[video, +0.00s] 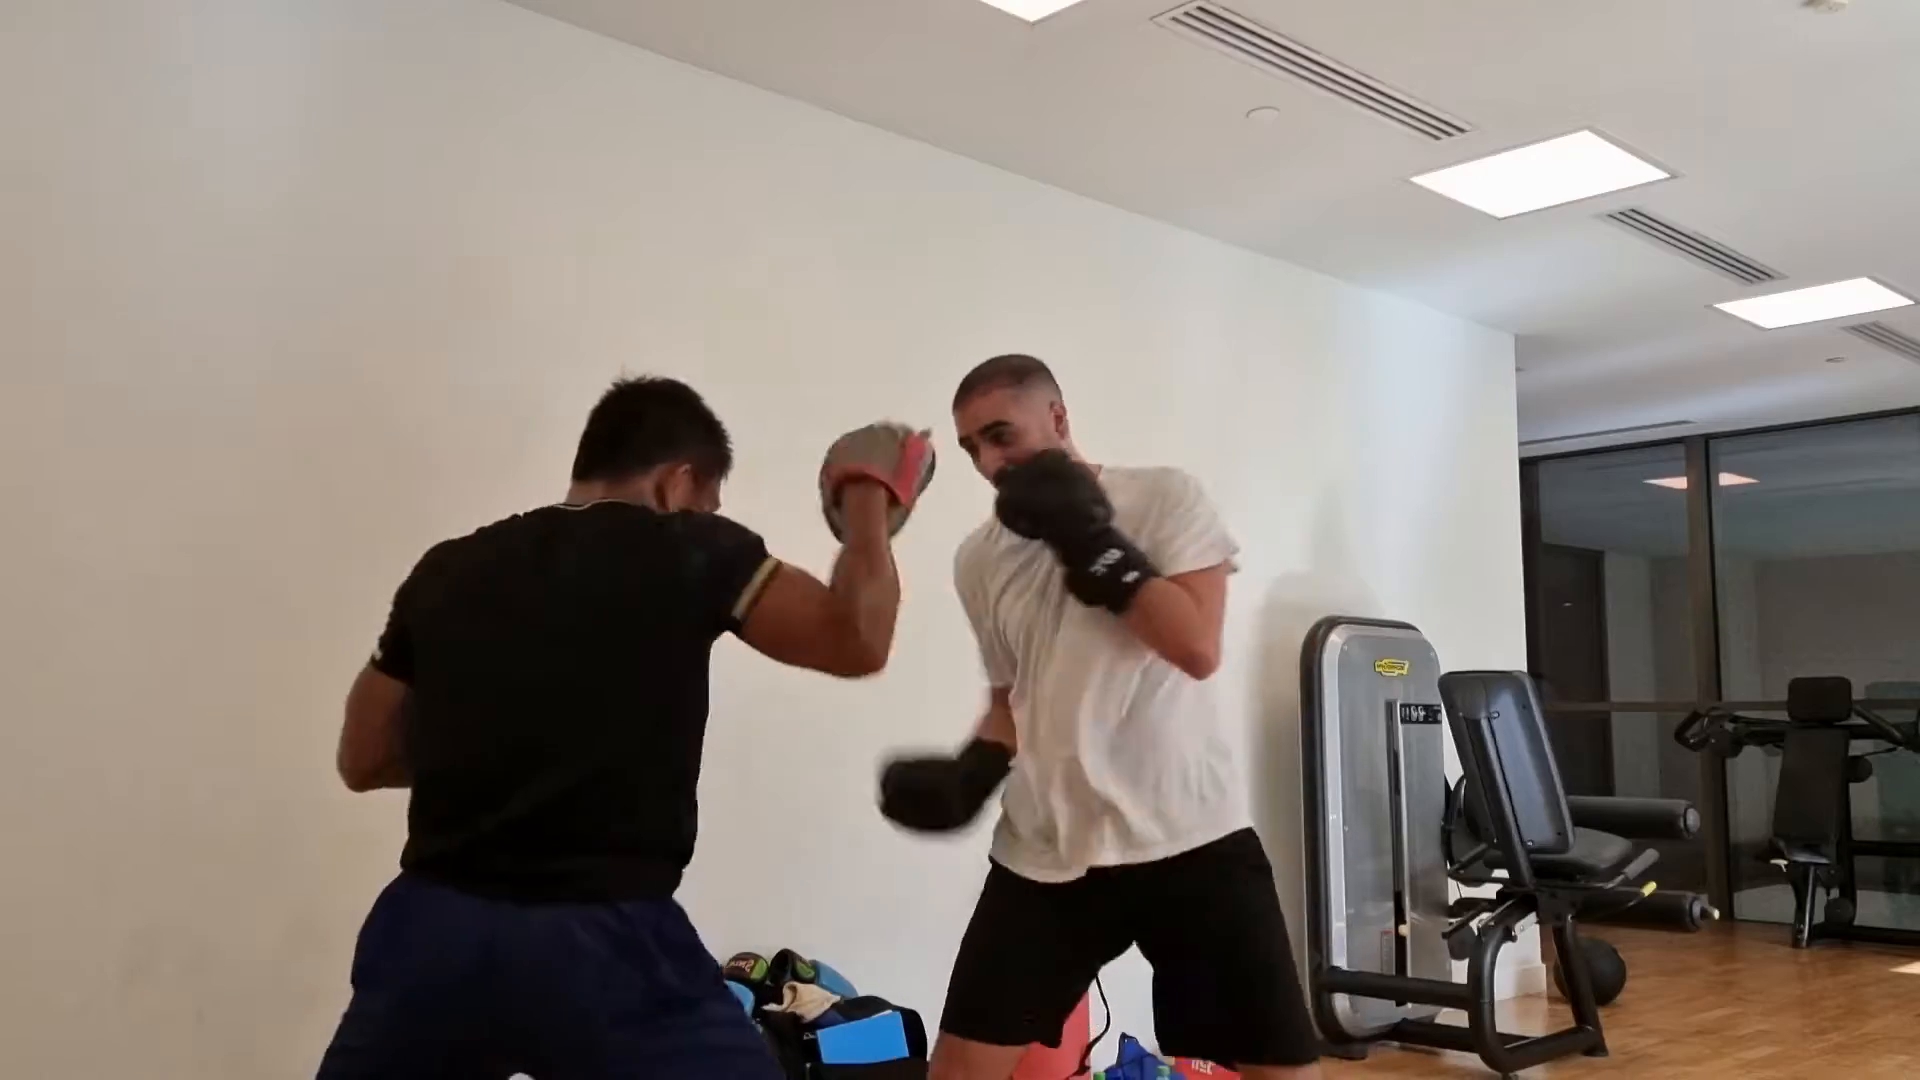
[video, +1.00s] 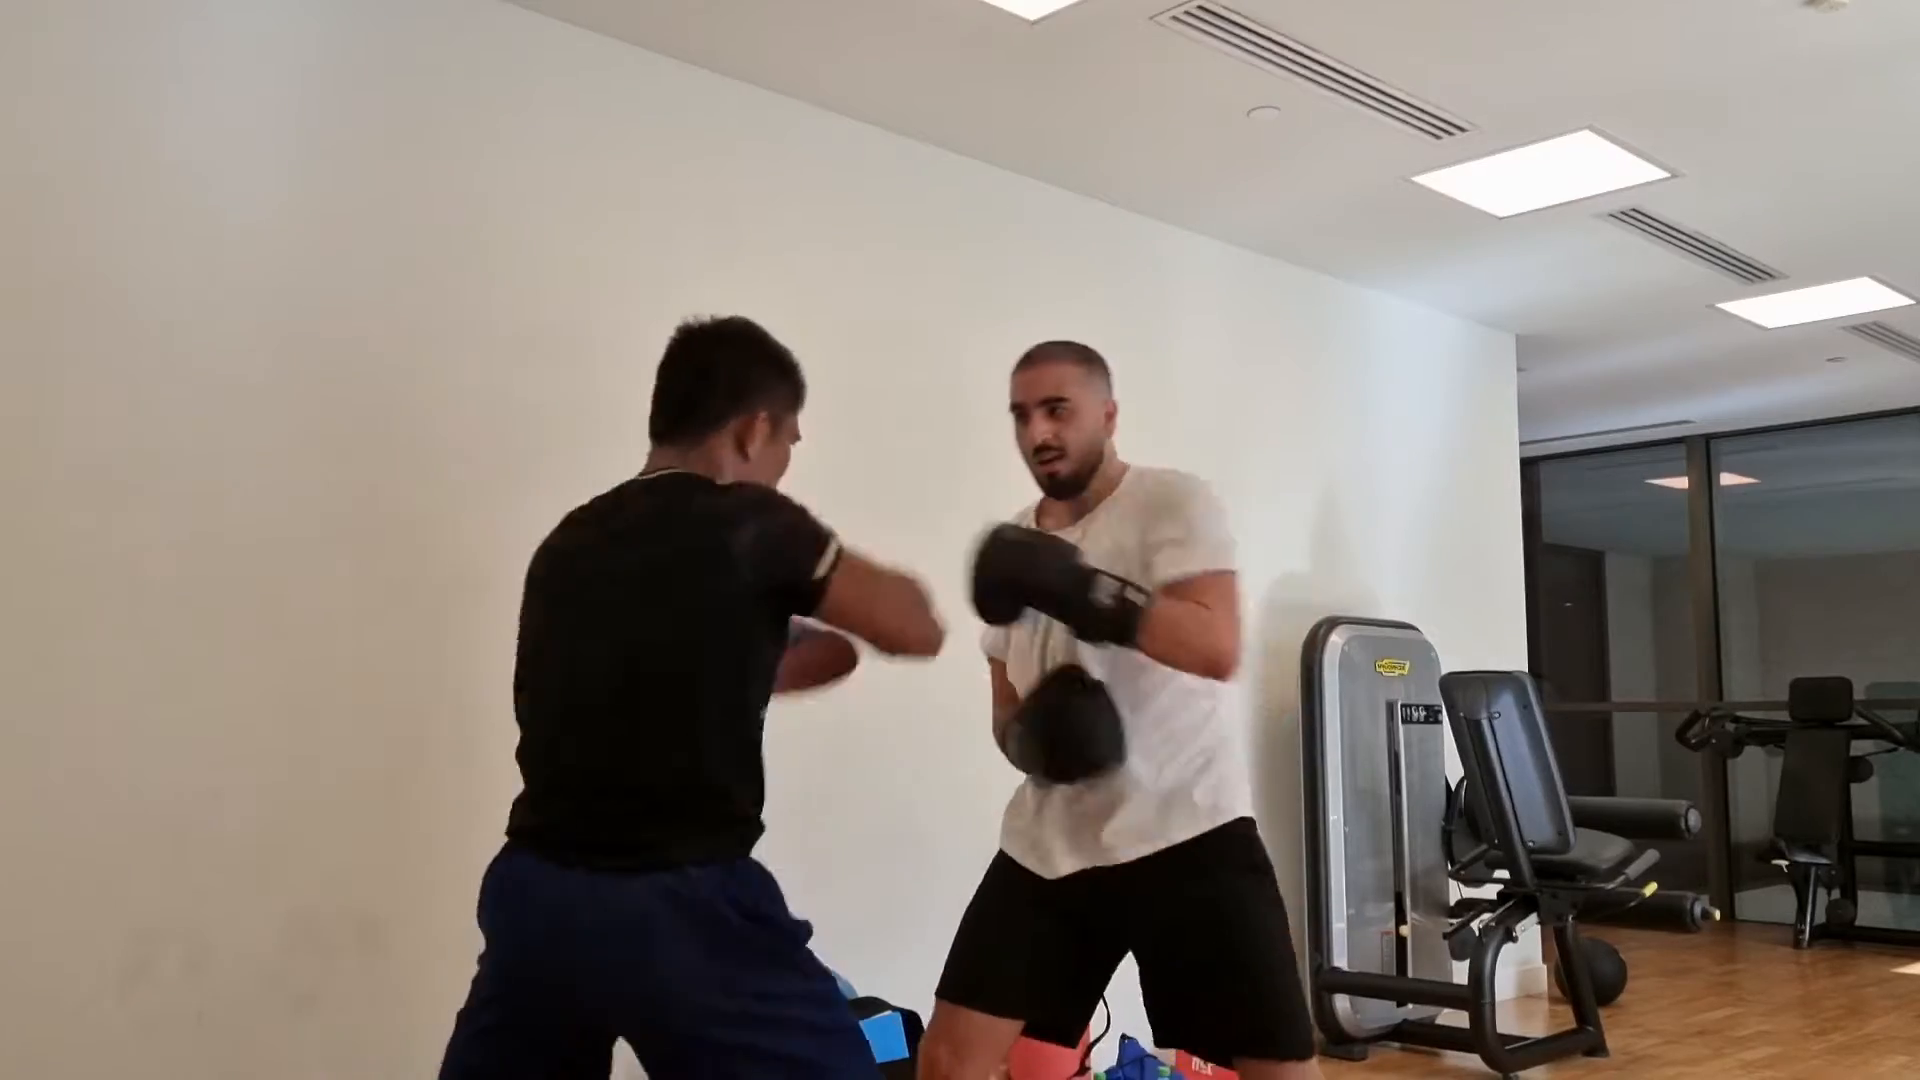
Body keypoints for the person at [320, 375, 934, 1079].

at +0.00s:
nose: (710, 522)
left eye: (715, 506)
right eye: (712, 502)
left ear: (584, 470)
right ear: (676, 480)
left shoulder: (447, 568)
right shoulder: (689, 549)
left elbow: (363, 759)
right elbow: (858, 641)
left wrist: (493, 720)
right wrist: (868, 497)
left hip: (428, 950)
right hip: (613, 958)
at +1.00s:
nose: (784, 468)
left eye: (790, 447)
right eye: (786, 444)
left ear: (662, 425)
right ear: (748, 432)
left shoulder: (567, 541)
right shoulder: (748, 521)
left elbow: (660, 673)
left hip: (537, 908)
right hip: (690, 915)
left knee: (488, 1068)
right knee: (836, 1063)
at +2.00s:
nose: (643, 507)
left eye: (649, 486)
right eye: (642, 484)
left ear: (505, 477)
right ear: (588, 475)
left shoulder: (408, 593)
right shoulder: (626, 565)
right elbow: (841, 609)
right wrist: (972, 596)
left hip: (443, 984)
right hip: (616, 979)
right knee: (772, 1062)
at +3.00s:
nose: (790, 484)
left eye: (792, 469)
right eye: (792, 467)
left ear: (666, 464)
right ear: (770, 462)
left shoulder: (575, 578)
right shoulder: (809, 545)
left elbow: (494, 729)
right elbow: (975, 521)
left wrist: (602, 661)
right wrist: (1084, 496)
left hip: (572, 934)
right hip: (752, 941)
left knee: (477, 1071)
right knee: (867, 1065)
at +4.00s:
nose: (650, 521)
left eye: (652, 499)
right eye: (646, 497)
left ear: (518, 495)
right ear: (606, 494)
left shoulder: (417, 607)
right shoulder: (668, 588)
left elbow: (388, 701)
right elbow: (826, 697)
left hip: (464, 993)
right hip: (649, 987)